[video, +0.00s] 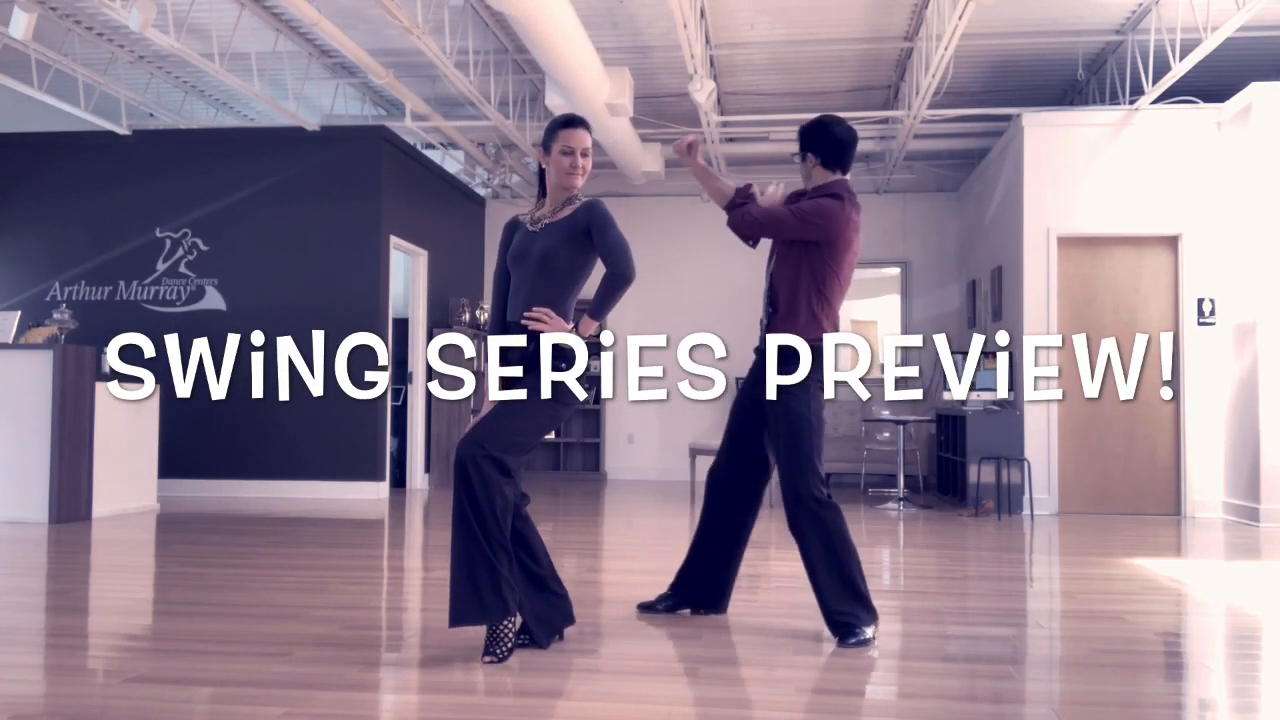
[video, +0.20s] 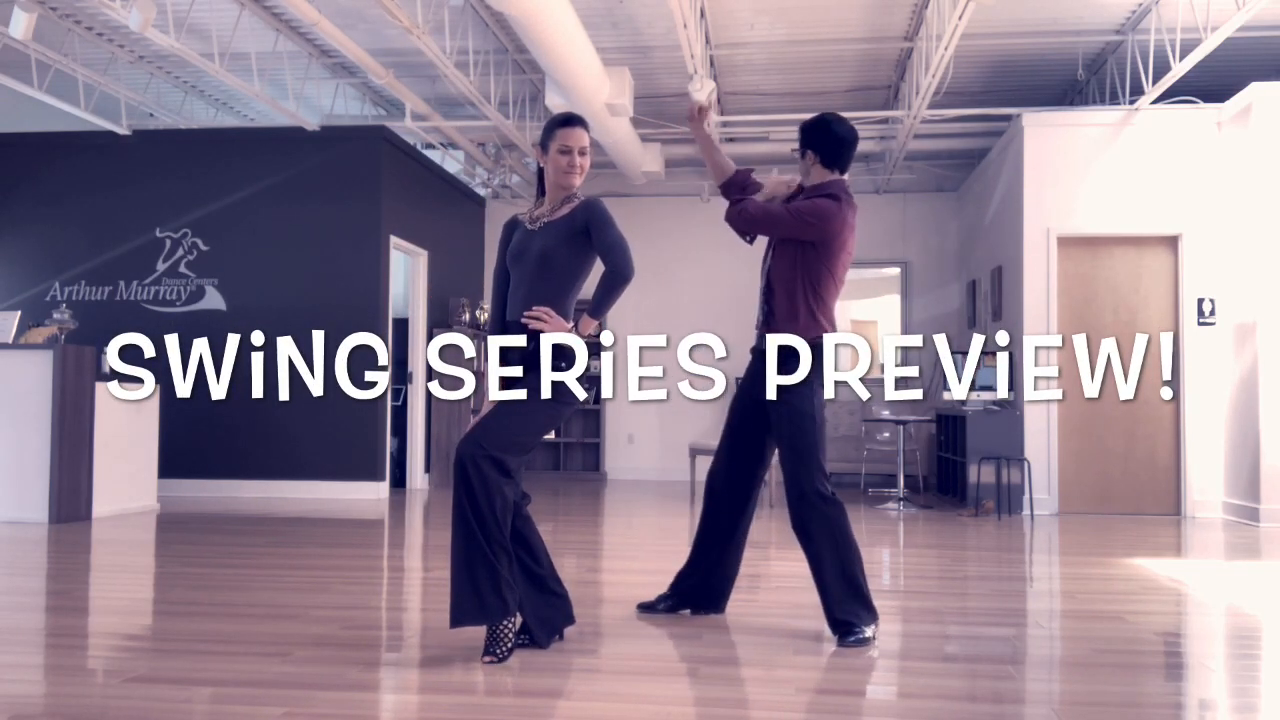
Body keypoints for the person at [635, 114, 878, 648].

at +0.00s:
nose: (797, 164)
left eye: (800, 156)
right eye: (799, 156)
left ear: (811, 159)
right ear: (841, 159)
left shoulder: (831, 208)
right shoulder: (818, 204)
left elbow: (751, 221)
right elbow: (750, 223)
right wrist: (699, 168)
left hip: (798, 363)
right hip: (775, 360)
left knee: (805, 491)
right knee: (732, 480)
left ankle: (854, 618)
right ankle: (699, 592)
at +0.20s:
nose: (794, 155)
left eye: (798, 148)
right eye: (798, 148)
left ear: (809, 154)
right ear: (841, 158)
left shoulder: (827, 211)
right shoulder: (817, 200)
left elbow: (743, 219)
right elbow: (742, 187)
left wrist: (768, 192)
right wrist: (704, 135)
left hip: (798, 359)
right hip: (772, 357)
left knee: (810, 489)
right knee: (732, 476)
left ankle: (854, 618)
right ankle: (700, 590)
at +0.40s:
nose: (791, 158)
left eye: (794, 151)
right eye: (794, 152)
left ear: (804, 156)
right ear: (837, 158)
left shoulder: (828, 213)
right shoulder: (811, 200)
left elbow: (741, 241)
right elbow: (735, 186)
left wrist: (761, 211)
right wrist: (691, 138)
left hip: (796, 360)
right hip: (770, 357)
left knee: (805, 490)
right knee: (730, 476)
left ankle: (854, 618)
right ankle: (699, 590)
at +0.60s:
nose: (782, 168)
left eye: (785, 160)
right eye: (783, 162)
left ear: (800, 159)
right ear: (821, 158)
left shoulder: (827, 208)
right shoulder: (800, 203)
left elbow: (760, 271)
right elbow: (748, 186)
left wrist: (753, 251)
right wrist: (701, 144)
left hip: (794, 361)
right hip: (769, 358)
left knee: (802, 493)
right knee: (730, 479)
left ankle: (854, 619)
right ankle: (698, 592)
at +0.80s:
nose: (778, 183)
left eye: (786, 171)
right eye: (770, 177)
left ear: (809, 164)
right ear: (765, 180)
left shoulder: (830, 215)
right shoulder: (786, 215)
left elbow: (787, 292)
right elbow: (740, 237)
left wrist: (766, 256)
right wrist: (713, 198)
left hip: (793, 365)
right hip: (762, 362)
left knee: (799, 491)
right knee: (722, 477)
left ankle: (854, 618)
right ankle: (696, 592)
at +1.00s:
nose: (790, 156)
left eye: (798, 147)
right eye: (778, 149)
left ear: (811, 153)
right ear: (764, 158)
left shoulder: (823, 208)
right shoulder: (767, 211)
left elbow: (848, 280)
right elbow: (756, 265)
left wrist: (779, 302)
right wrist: (729, 283)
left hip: (795, 356)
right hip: (759, 355)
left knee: (805, 488)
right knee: (725, 475)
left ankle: (855, 617)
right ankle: (696, 591)